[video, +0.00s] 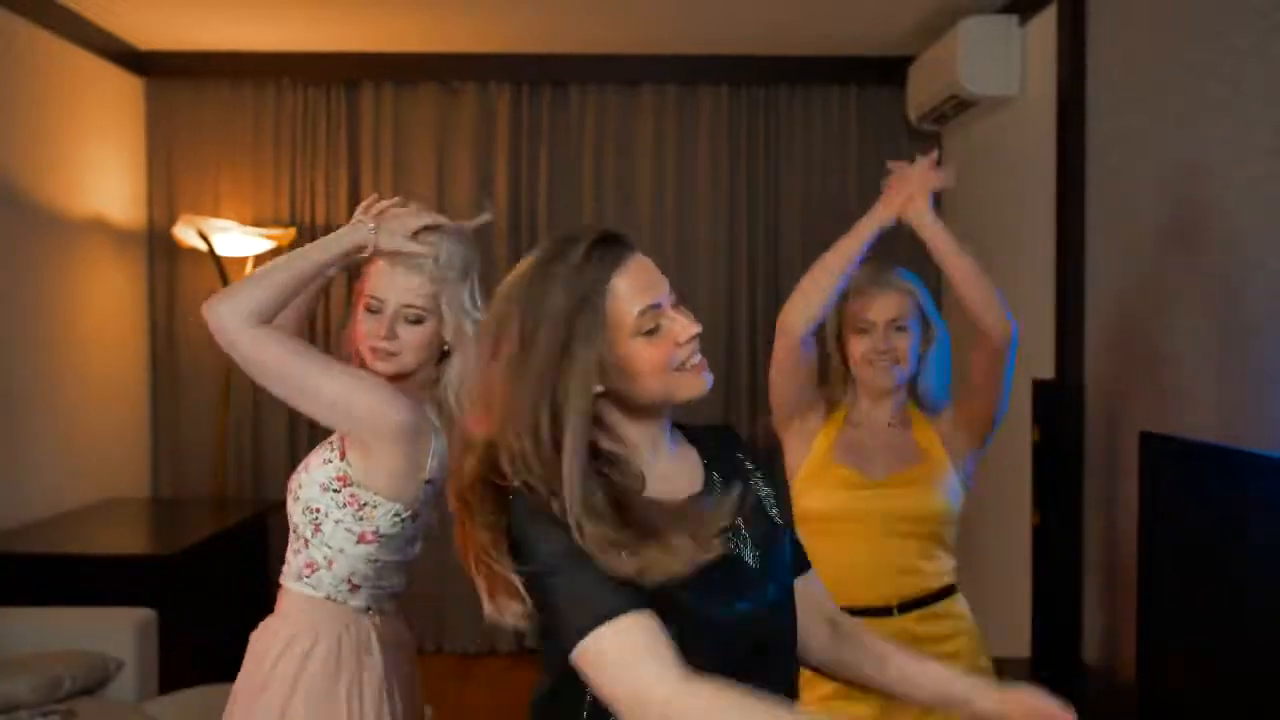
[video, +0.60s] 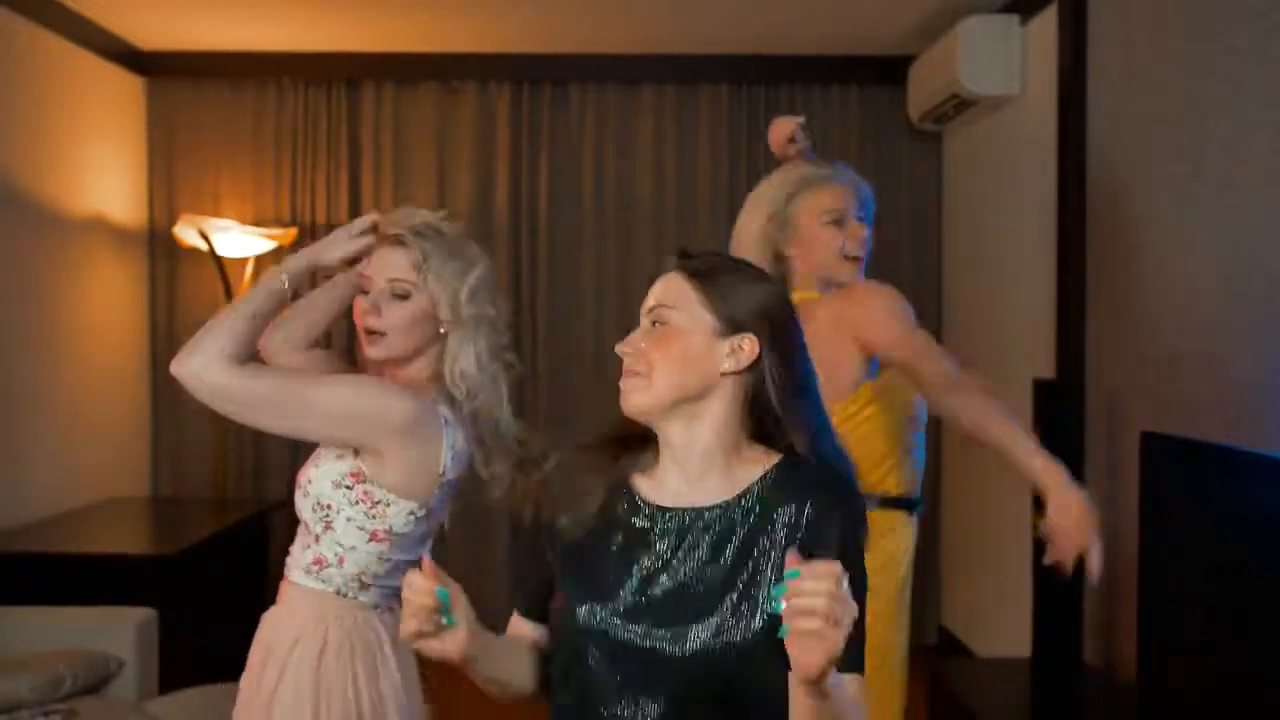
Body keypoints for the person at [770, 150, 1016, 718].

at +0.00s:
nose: (881, 343)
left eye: (899, 328)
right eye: (863, 329)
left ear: (922, 343)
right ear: (840, 344)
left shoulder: (951, 435)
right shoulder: (805, 430)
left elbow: (996, 334)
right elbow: (792, 328)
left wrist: (922, 216)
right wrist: (881, 213)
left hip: (943, 665)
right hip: (835, 671)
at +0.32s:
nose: (849, 330)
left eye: (855, 310)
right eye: (823, 314)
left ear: (873, 323)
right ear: (785, 335)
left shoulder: (885, 420)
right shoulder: (801, 442)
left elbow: (928, 290)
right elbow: (862, 335)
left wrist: (867, 198)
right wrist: (826, 210)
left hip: (890, 699)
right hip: (822, 701)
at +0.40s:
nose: (838, 341)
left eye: (852, 320)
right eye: (815, 325)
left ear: (869, 326)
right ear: (781, 345)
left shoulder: (866, 431)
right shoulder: (806, 445)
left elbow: (896, 323)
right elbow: (884, 346)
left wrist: (834, 243)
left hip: (881, 689)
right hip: (822, 693)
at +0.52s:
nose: (843, 266)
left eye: (853, 250)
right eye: (821, 251)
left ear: (864, 261)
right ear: (782, 270)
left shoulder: (826, 333)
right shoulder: (824, 334)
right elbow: (931, 338)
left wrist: (817, 194)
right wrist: (1040, 324)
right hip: (856, 569)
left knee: (870, 700)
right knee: (858, 703)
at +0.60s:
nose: (859, 235)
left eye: (862, 221)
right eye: (836, 220)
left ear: (869, 228)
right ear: (788, 238)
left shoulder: (774, 314)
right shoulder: (866, 307)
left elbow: (752, 238)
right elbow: (955, 393)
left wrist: (783, 166)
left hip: (794, 524)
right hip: (871, 536)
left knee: (796, 685)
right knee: (869, 691)